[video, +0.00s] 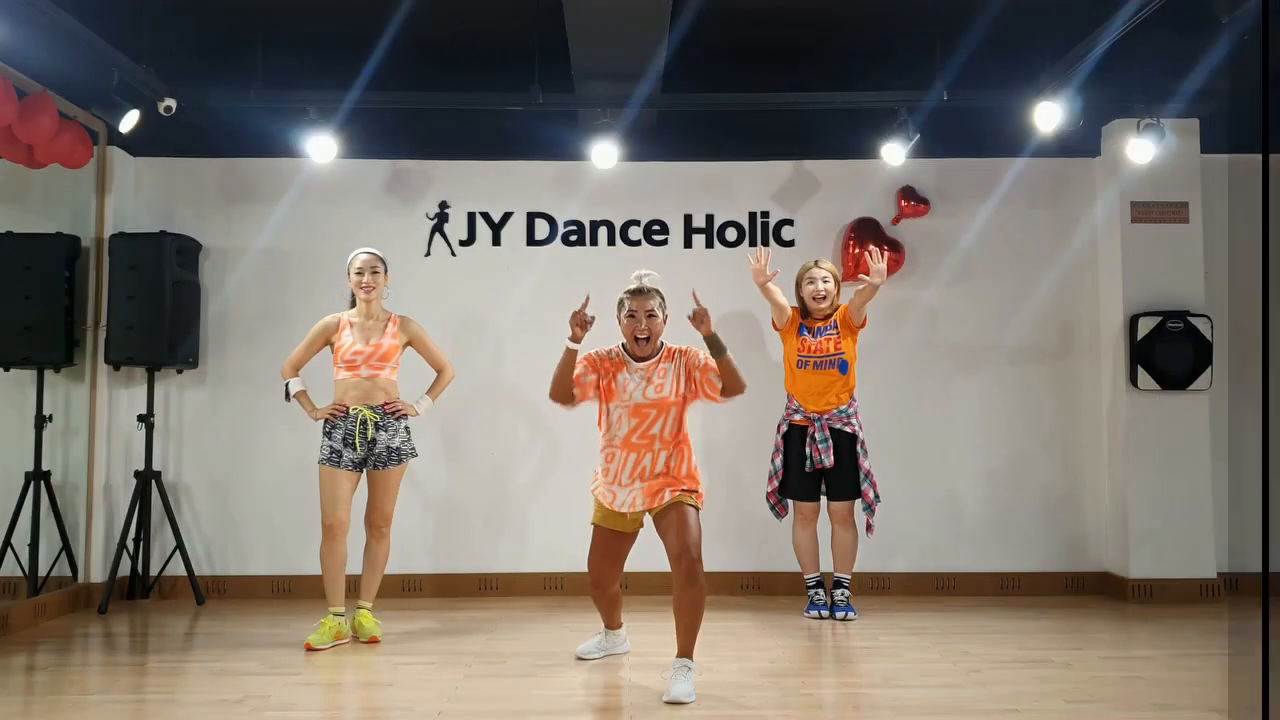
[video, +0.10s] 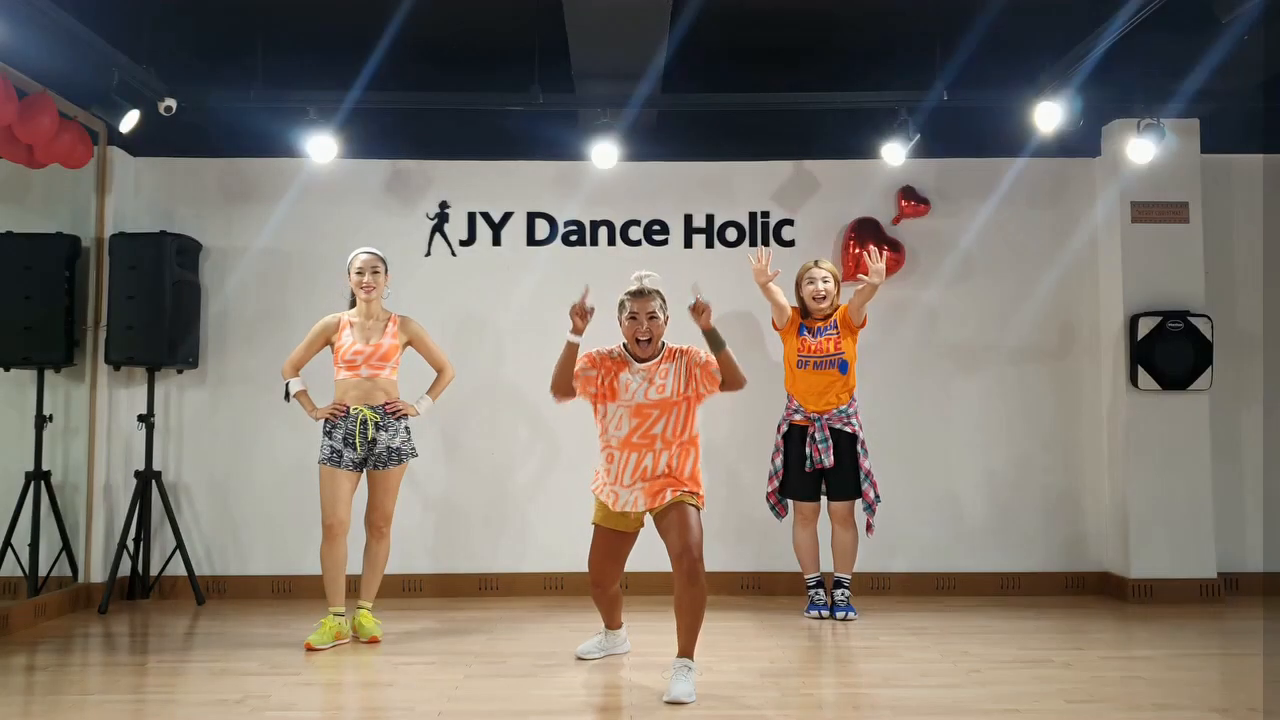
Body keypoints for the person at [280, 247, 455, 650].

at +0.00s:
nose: (367, 279)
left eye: (375, 272)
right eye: (360, 273)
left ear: (386, 280)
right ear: (349, 281)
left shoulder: (403, 327)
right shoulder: (333, 325)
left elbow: (447, 370)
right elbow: (289, 369)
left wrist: (418, 406)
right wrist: (314, 410)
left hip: (389, 428)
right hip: (341, 427)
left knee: (379, 526)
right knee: (333, 526)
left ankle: (365, 612)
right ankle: (336, 617)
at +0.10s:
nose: (367, 279)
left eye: (375, 272)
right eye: (360, 273)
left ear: (386, 280)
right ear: (349, 280)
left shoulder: (403, 326)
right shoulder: (333, 325)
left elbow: (447, 370)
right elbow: (289, 370)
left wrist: (419, 406)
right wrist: (314, 410)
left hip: (389, 428)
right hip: (341, 427)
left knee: (379, 526)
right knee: (333, 526)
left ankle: (365, 612)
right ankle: (336, 618)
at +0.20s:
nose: (367, 278)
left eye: (375, 272)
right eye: (360, 272)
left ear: (386, 279)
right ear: (349, 280)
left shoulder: (404, 326)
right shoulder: (333, 325)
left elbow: (447, 370)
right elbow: (289, 370)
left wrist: (419, 406)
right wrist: (314, 410)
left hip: (389, 428)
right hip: (341, 427)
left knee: (379, 526)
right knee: (333, 526)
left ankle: (365, 612)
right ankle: (336, 617)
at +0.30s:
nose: (367, 278)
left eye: (375, 272)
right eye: (360, 272)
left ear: (386, 279)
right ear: (349, 280)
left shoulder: (403, 326)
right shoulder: (334, 325)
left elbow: (447, 370)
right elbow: (290, 370)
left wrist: (419, 406)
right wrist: (314, 410)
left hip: (389, 427)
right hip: (341, 427)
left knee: (379, 526)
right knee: (333, 526)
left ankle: (365, 612)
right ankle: (336, 617)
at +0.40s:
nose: (368, 279)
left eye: (375, 272)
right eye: (360, 272)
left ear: (386, 279)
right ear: (349, 280)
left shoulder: (403, 326)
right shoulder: (334, 325)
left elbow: (447, 370)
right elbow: (289, 370)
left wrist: (419, 406)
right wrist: (314, 410)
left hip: (389, 428)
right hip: (341, 427)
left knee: (379, 526)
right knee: (333, 526)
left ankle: (365, 612)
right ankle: (336, 617)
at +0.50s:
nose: (367, 279)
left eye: (375, 272)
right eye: (360, 273)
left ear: (386, 280)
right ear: (349, 280)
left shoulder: (403, 326)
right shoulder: (333, 326)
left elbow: (447, 370)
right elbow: (289, 369)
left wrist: (419, 407)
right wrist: (314, 410)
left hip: (389, 428)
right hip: (341, 427)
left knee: (379, 525)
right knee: (332, 526)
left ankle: (365, 612)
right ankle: (336, 618)